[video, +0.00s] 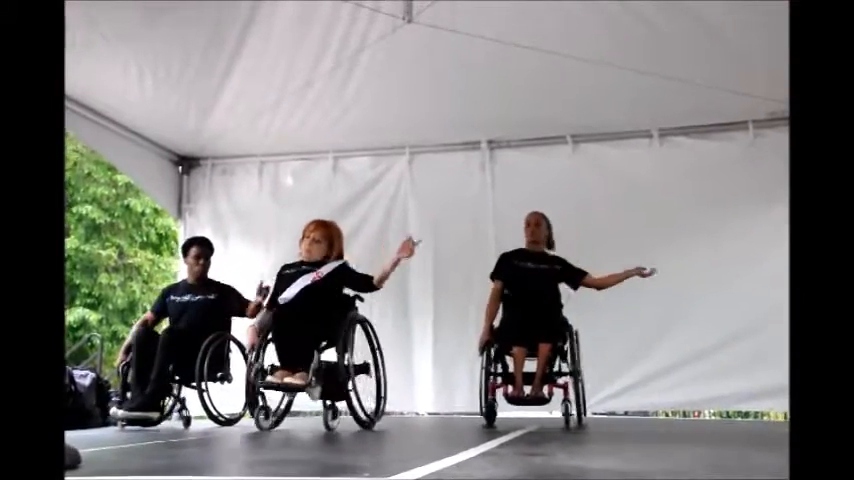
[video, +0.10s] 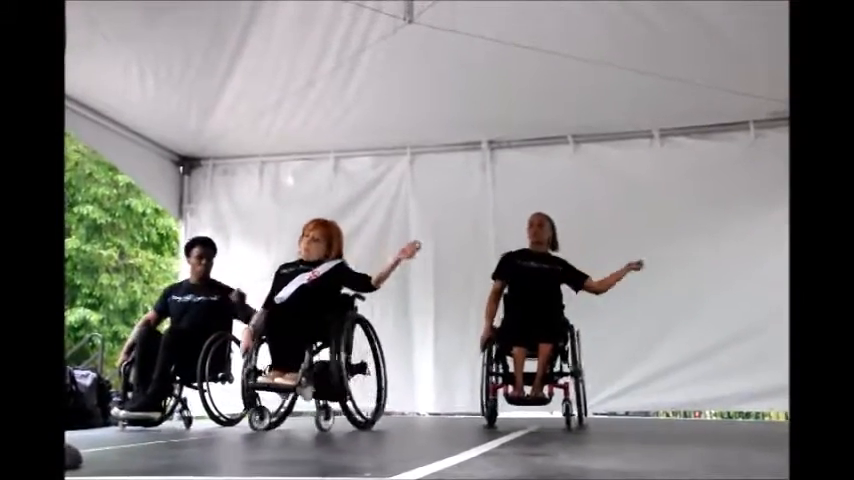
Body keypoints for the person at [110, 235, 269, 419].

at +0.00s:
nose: (203, 262)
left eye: (207, 258)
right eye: (197, 257)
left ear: (211, 261)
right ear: (186, 260)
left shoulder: (223, 292)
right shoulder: (172, 292)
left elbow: (250, 312)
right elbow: (147, 320)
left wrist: (260, 300)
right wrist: (126, 348)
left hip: (211, 357)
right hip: (180, 356)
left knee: (170, 335)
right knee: (144, 334)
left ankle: (153, 401)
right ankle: (138, 399)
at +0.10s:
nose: (205, 263)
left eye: (209, 259)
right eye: (200, 258)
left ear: (213, 261)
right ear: (188, 259)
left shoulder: (225, 294)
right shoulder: (173, 292)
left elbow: (254, 321)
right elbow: (150, 321)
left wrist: (242, 306)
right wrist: (127, 349)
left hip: (212, 359)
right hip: (181, 358)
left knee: (172, 336)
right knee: (147, 334)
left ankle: (153, 402)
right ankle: (139, 400)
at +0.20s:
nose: (209, 264)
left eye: (214, 260)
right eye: (204, 259)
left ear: (219, 262)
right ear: (194, 260)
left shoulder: (230, 296)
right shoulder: (178, 291)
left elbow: (249, 326)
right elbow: (153, 319)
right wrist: (131, 349)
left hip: (214, 360)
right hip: (182, 356)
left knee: (175, 336)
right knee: (151, 336)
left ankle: (156, 402)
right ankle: (142, 400)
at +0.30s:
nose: (211, 265)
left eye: (216, 261)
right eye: (207, 260)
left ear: (222, 263)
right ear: (198, 260)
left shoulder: (231, 296)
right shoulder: (182, 289)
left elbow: (245, 322)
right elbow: (159, 316)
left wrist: (209, 320)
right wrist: (137, 345)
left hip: (213, 359)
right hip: (183, 353)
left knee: (177, 335)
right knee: (151, 335)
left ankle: (157, 401)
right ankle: (144, 399)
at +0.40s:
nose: (213, 266)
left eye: (218, 261)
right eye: (208, 260)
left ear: (224, 263)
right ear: (200, 260)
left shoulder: (234, 295)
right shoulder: (185, 288)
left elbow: (241, 323)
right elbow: (166, 315)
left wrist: (208, 319)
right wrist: (152, 339)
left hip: (217, 355)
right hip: (187, 351)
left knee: (176, 334)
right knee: (152, 335)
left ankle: (157, 400)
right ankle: (144, 398)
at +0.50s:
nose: (207, 267)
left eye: (212, 262)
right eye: (203, 262)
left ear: (222, 262)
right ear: (197, 262)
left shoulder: (233, 292)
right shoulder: (192, 287)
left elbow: (238, 324)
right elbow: (184, 314)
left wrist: (207, 317)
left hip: (218, 350)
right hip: (192, 346)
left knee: (174, 335)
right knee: (154, 335)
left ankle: (153, 399)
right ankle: (144, 398)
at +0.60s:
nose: (199, 268)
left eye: (204, 263)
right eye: (197, 262)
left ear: (218, 262)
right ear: (194, 262)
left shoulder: (231, 290)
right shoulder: (198, 287)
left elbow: (237, 324)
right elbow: (198, 317)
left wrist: (207, 317)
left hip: (221, 351)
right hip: (199, 348)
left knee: (174, 332)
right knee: (155, 334)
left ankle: (147, 397)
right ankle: (141, 395)